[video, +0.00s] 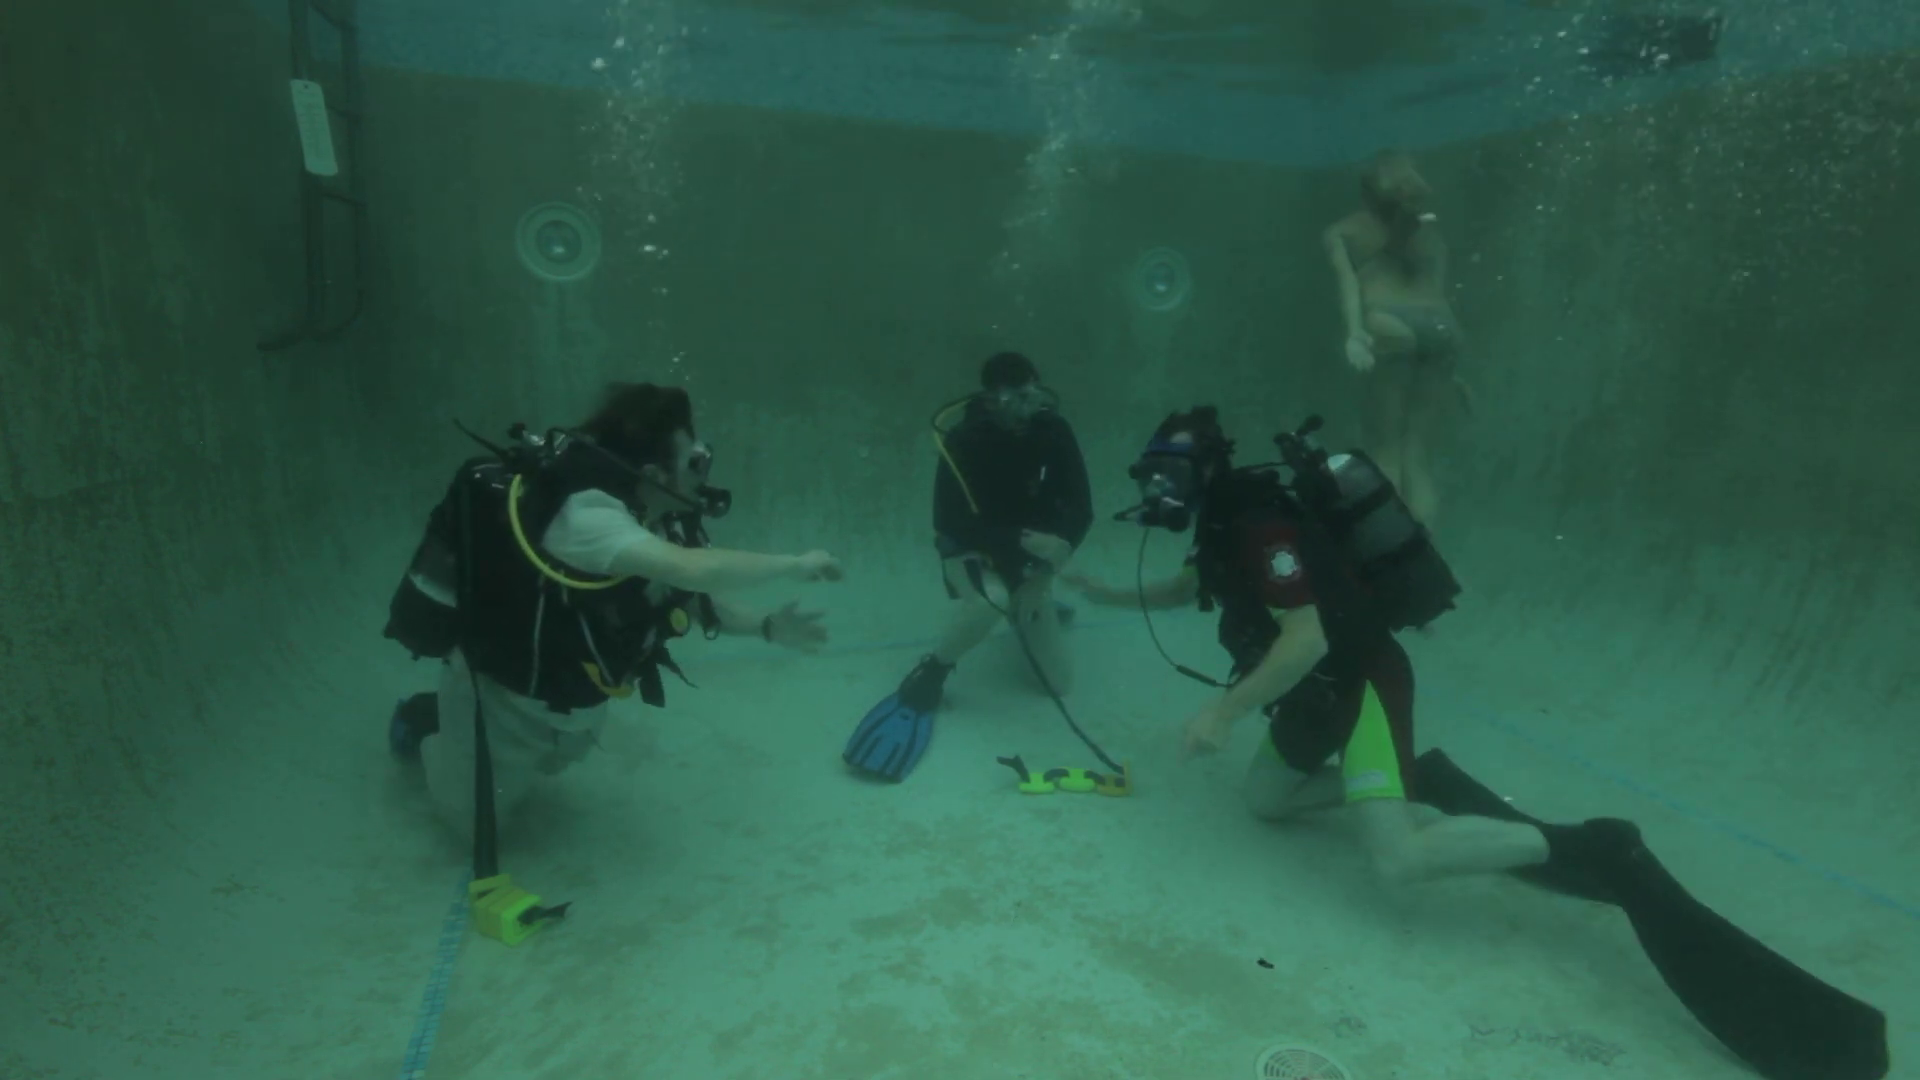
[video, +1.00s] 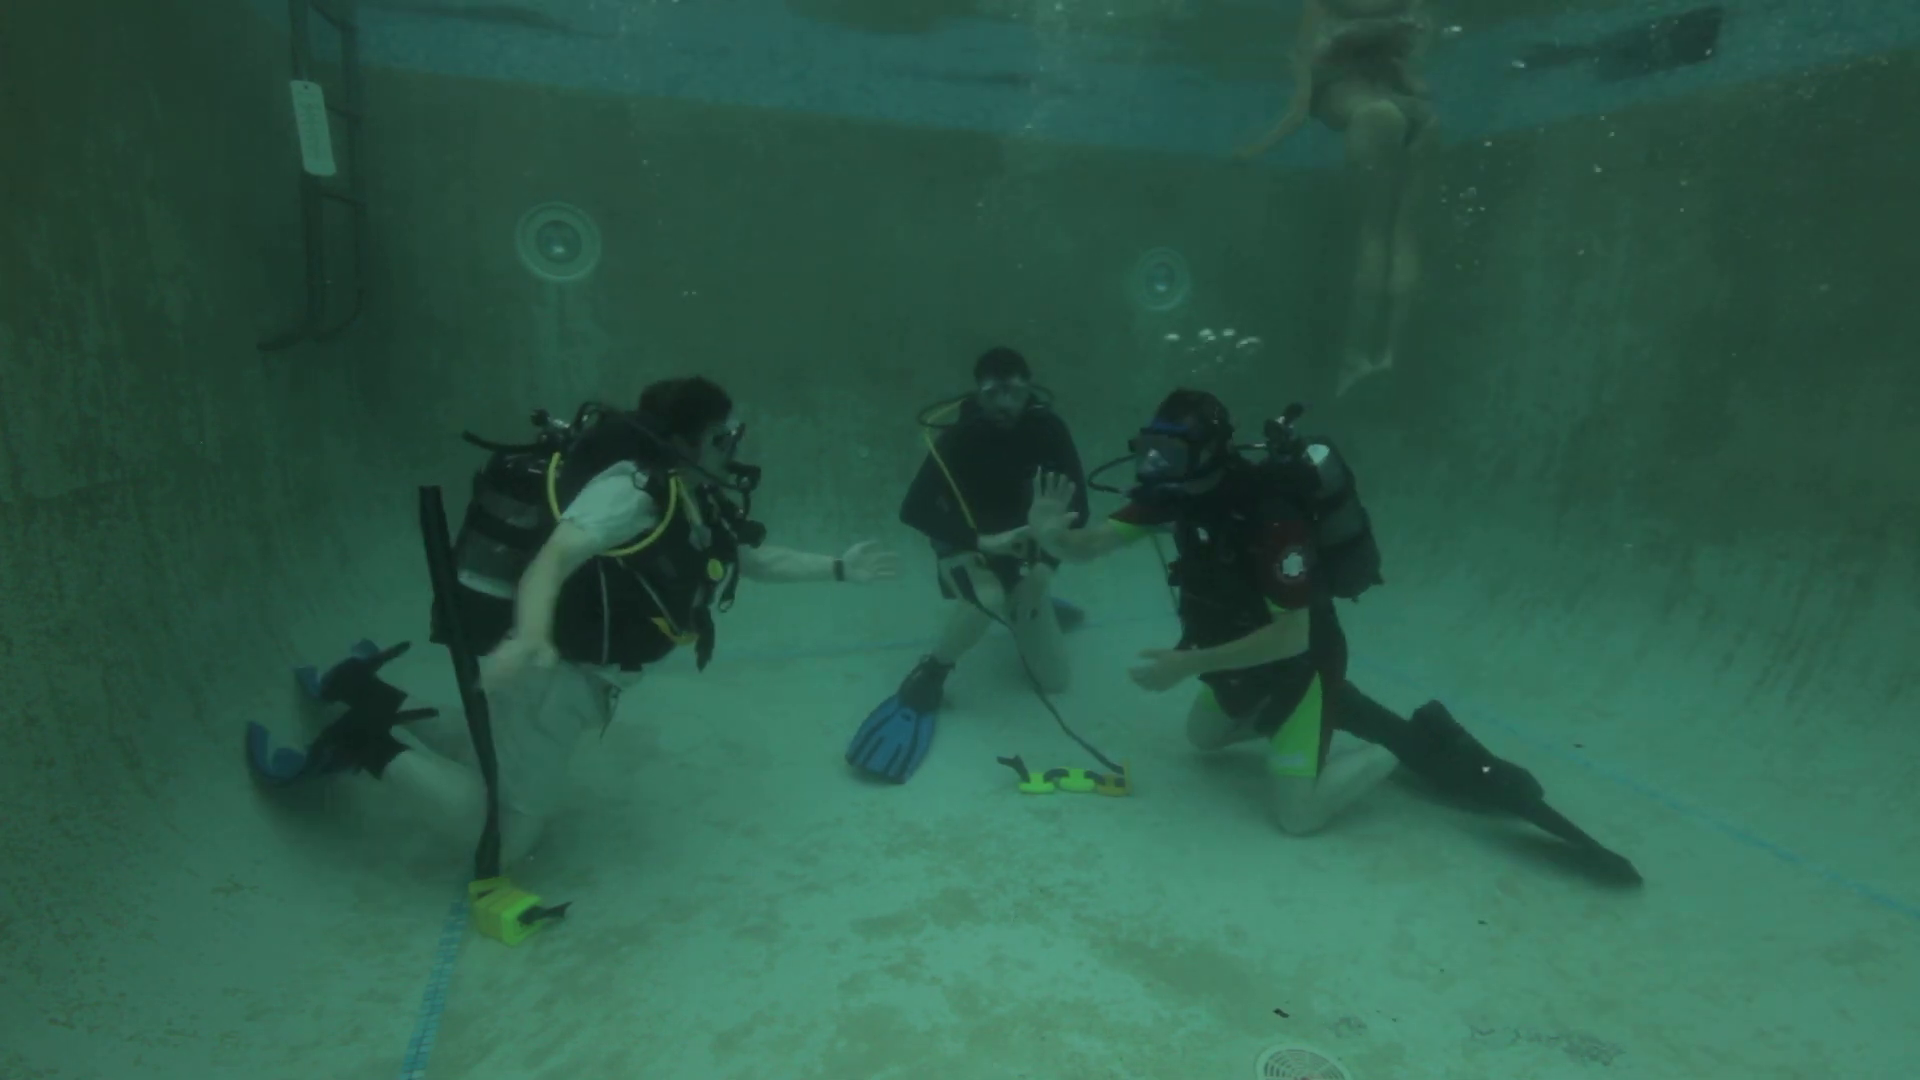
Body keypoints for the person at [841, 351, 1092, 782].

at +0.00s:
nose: (1027, 405)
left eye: (1031, 394)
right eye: (1014, 397)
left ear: (1039, 390)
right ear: (990, 399)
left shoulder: (1053, 431)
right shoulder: (966, 438)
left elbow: (1079, 506)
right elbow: (955, 520)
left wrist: (1056, 554)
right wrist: (1021, 543)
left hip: (1031, 553)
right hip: (971, 548)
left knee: (1057, 679)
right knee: (988, 603)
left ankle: (1039, 609)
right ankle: (930, 675)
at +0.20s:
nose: (1018, 408)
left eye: (1025, 396)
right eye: (1007, 398)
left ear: (1037, 393)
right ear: (987, 398)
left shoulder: (1053, 433)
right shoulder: (965, 439)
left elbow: (1079, 509)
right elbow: (951, 520)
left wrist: (1050, 562)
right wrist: (1020, 538)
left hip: (1032, 556)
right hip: (970, 550)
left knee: (1054, 680)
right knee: (991, 601)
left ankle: (1036, 608)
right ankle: (930, 675)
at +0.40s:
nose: (1014, 405)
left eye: (1022, 395)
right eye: (1004, 395)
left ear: (1035, 393)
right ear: (985, 396)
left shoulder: (1052, 431)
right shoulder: (964, 438)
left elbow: (1078, 510)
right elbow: (946, 519)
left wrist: (1046, 570)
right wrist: (1018, 533)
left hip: (1030, 557)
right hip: (968, 551)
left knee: (1053, 680)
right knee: (992, 600)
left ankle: (1034, 606)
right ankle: (930, 675)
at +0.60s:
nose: (1008, 404)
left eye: (1017, 393)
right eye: (998, 394)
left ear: (1033, 393)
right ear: (982, 395)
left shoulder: (1051, 432)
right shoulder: (964, 436)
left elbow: (1076, 509)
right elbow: (939, 514)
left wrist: (1048, 567)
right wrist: (1010, 528)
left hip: (1029, 557)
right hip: (970, 552)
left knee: (1051, 681)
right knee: (990, 601)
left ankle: (1028, 608)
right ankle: (930, 674)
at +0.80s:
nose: (1006, 403)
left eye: (1015, 392)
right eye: (996, 393)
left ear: (1032, 392)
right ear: (981, 395)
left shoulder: (1050, 431)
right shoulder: (963, 436)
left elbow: (1075, 510)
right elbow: (930, 511)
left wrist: (1042, 565)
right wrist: (982, 544)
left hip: (1033, 553)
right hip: (966, 548)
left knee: (1051, 680)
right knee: (988, 599)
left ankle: (1035, 606)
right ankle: (930, 675)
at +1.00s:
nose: (1004, 402)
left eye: (1014, 392)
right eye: (994, 392)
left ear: (1029, 392)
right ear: (978, 393)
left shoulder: (1047, 431)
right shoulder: (959, 436)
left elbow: (1075, 505)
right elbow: (914, 508)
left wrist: (1045, 567)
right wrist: (980, 540)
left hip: (1032, 552)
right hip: (965, 550)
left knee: (1053, 679)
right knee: (987, 598)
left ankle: (1035, 602)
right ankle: (929, 677)